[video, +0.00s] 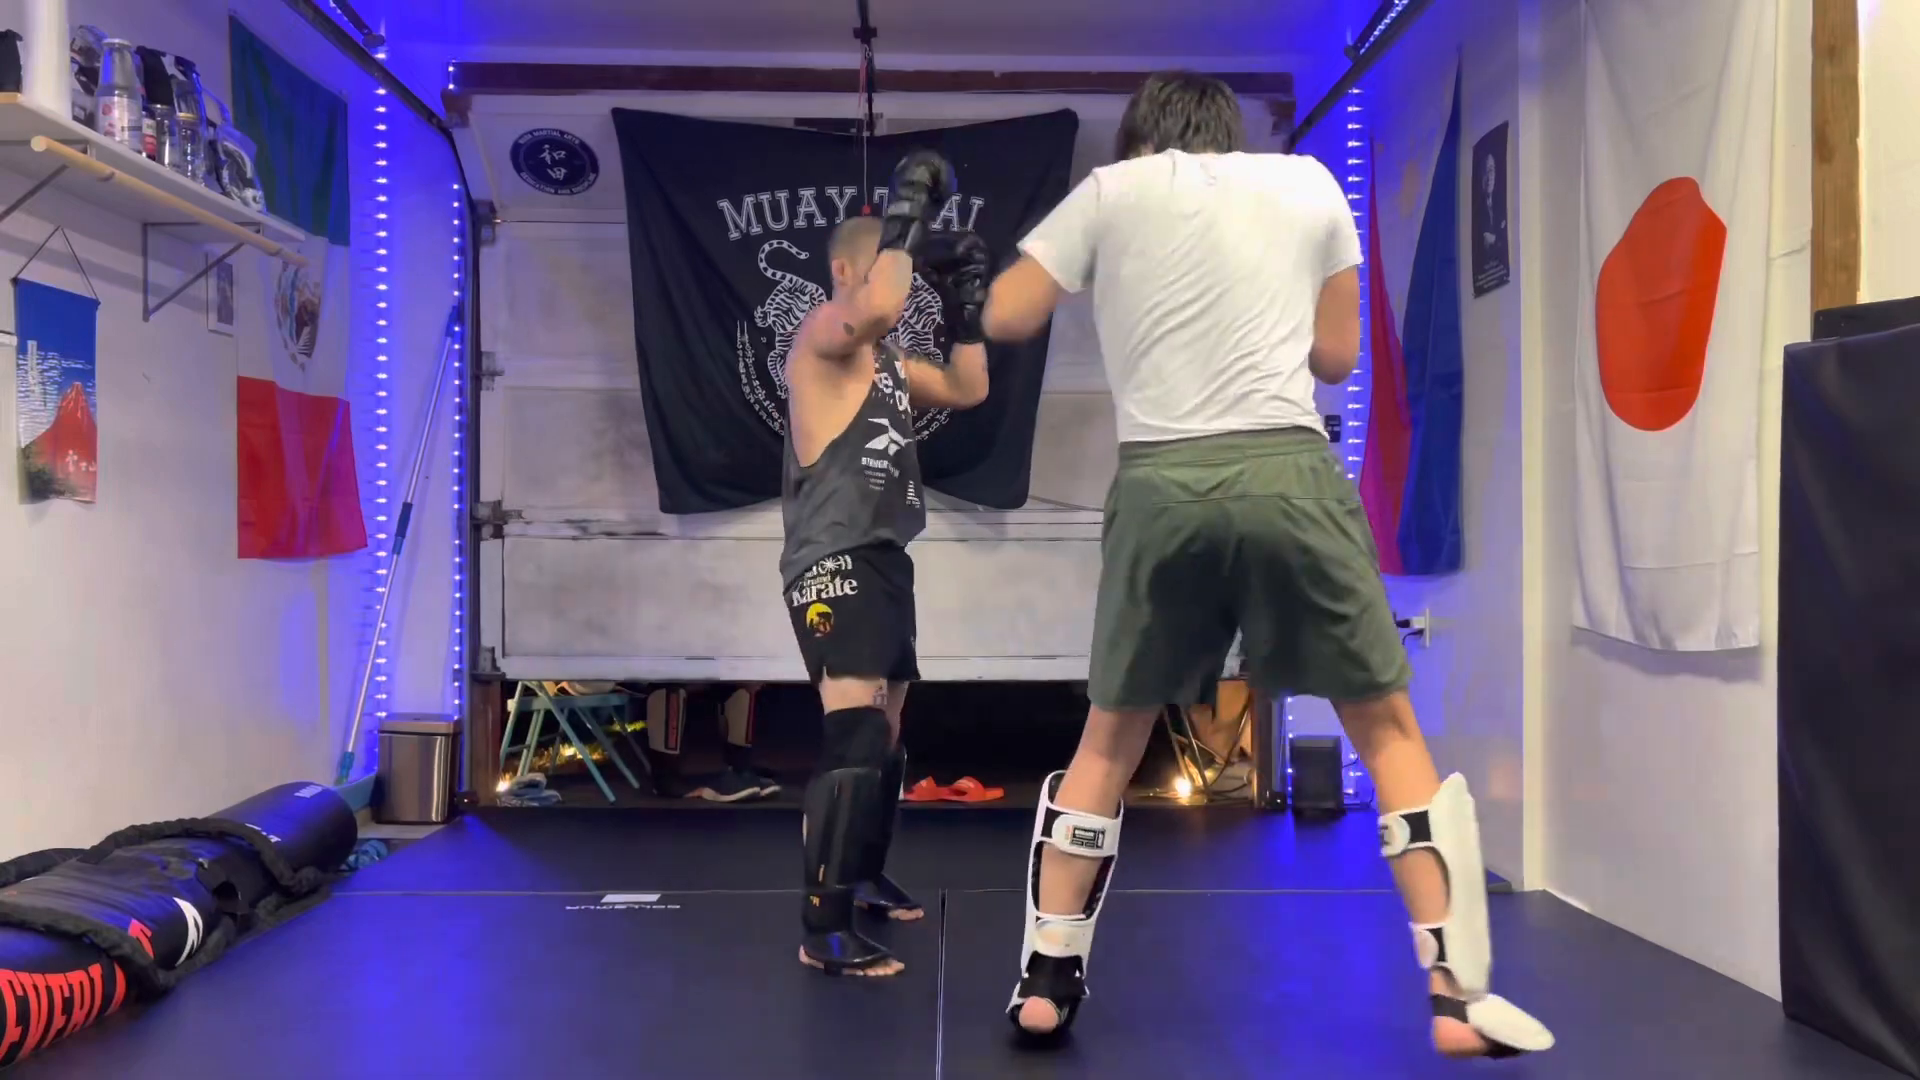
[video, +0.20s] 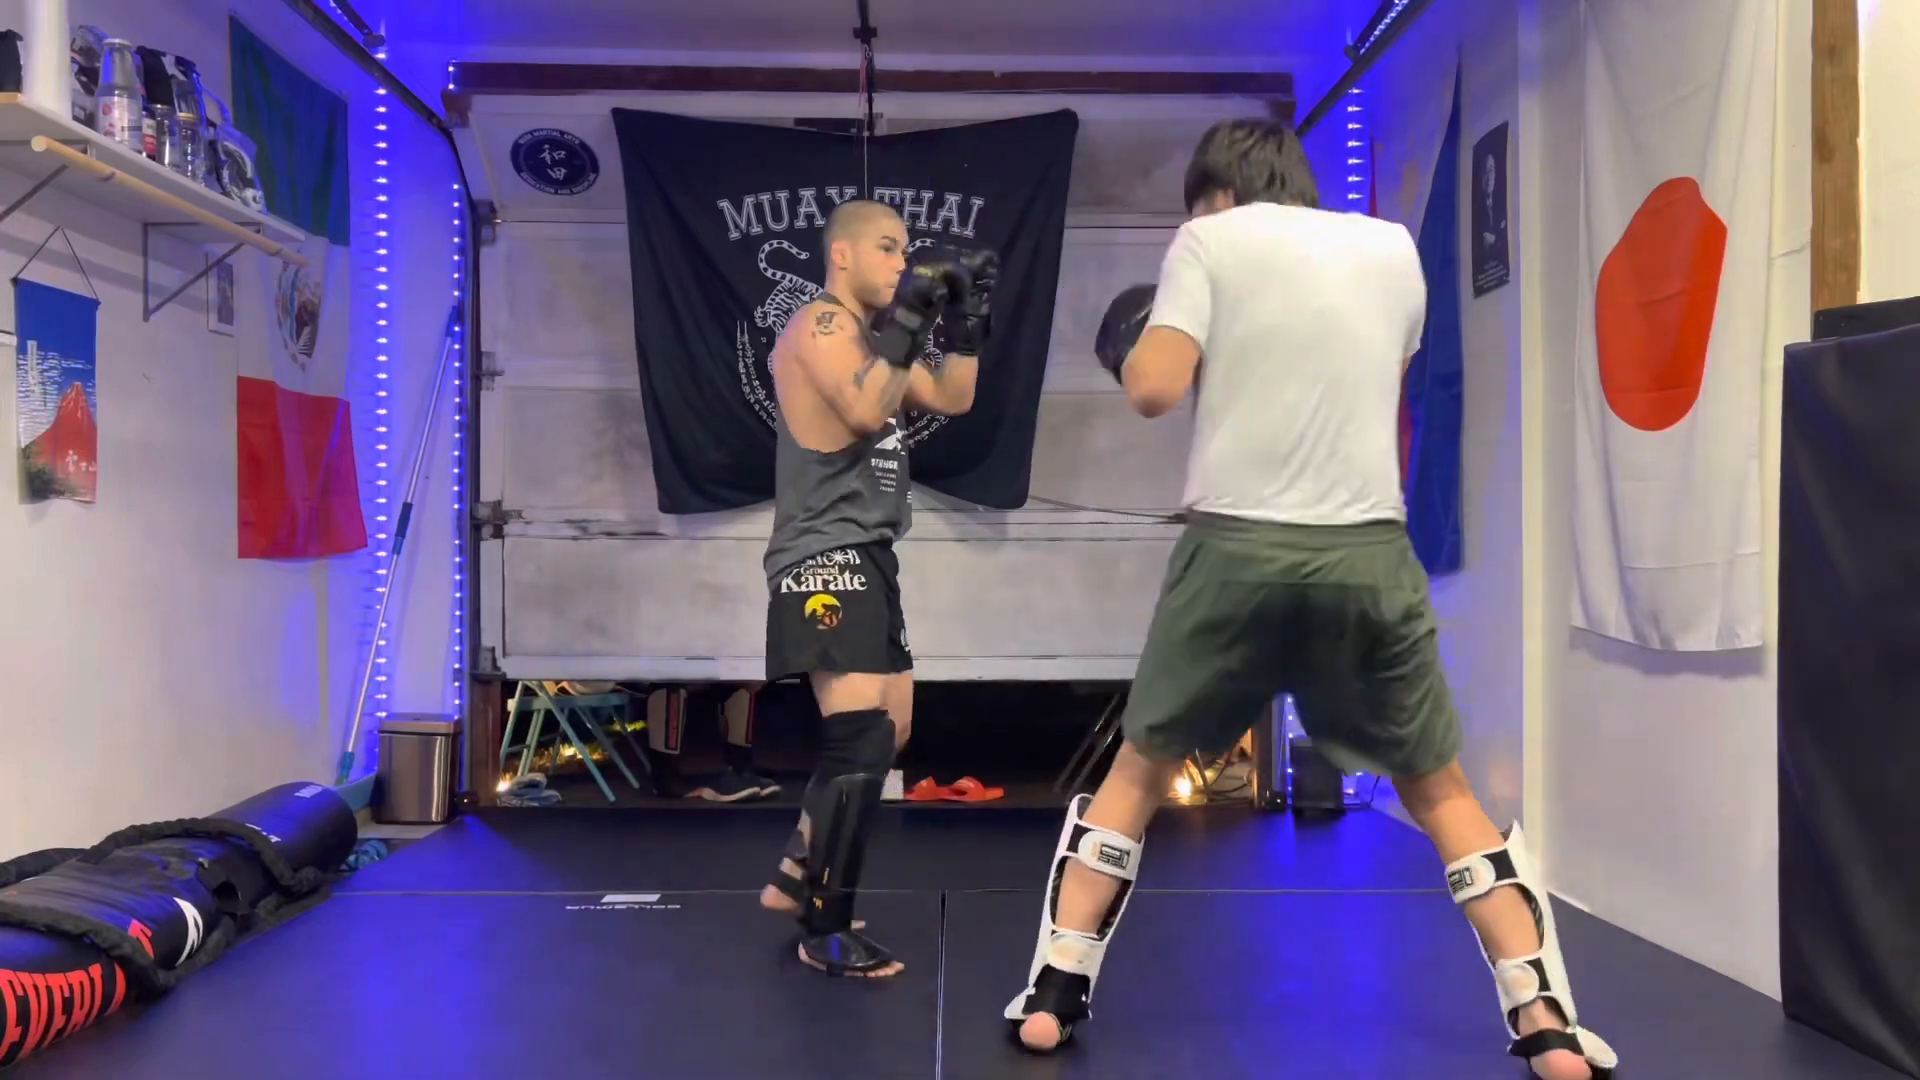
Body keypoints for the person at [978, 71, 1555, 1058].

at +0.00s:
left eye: (1135, 139)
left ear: (1140, 139)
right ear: (1234, 133)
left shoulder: (1111, 191)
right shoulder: (1309, 183)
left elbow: (1006, 316)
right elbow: (1336, 355)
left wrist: (1069, 254)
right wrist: (1254, 308)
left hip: (1161, 488)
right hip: (1292, 479)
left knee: (1108, 742)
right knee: (1385, 729)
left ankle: (1048, 983)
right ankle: (1454, 990)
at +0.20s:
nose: (1198, 225)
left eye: (1197, 211)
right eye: (1197, 215)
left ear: (1220, 194)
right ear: (1300, 181)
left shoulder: (1209, 239)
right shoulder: (1391, 244)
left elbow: (1153, 387)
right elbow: (1393, 364)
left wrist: (1136, 334)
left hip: (1234, 563)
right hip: (1370, 567)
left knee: (1140, 769)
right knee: (1441, 787)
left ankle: (1050, 991)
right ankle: (1542, 1018)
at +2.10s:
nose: (1142, 215)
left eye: (1149, 186)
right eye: (1141, 189)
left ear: (1208, 182)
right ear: (1225, 179)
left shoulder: (1298, 257)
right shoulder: (1302, 250)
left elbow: (1316, 435)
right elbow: (1191, 352)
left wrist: (1182, 385)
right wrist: (1060, 316)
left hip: (1405, 555)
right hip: (1468, 554)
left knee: (1227, 800)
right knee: (1471, 803)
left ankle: (1317, 1061)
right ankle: (1686, 988)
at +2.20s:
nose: (1133, 182)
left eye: (1140, 156)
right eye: (1130, 158)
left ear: (1198, 142)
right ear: (1210, 142)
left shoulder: (1287, 203)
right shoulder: (1289, 203)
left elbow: (1270, 385)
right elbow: (1252, 353)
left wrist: (1137, 339)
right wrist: (1136, 315)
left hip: (1422, 485)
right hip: (1454, 483)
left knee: (1307, 770)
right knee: (1438, 755)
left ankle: (1332, 1058)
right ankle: (1599, 962)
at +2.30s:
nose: (1143, 184)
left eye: (1150, 158)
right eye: (1141, 162)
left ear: (1208, 144)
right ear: (1216, 147)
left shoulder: (1267, 198)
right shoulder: (1299, 203)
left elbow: (1157, 359)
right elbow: (1276, 387)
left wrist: (1052, 324)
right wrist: (1175, 305)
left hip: (1422, 485)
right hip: (1452, 480)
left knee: (1344, 792)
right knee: (1413, 766)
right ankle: (1482, 986)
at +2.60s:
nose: (1155, 181)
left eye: (1167, 157)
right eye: (1156, 162)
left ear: (1223, 155)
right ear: (1231, 164)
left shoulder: (1259, 208)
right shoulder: (1274, 227)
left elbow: (1262, 347)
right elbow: (1218, 378)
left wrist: (1135, 354)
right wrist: (1169, 281)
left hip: (1348, 491)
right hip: (1361, 495)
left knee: (1335, 757)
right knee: (1312, 743)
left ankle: (1482, 1004)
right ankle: (1384, 945)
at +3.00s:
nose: (1106, 229)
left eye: (1116, 209)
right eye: (1104, 213)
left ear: (1169, 201)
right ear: (1163, 207)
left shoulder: (1216, 255)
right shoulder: (1197, 281)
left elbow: (1239, 388)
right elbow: (1159, 404)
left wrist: (1128, 371)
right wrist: (1099, 314)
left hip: (1255, 517)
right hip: (1248, 519)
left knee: (1143, 733)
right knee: (1214, 723)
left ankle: (1295, 899)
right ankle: (1298, 890)